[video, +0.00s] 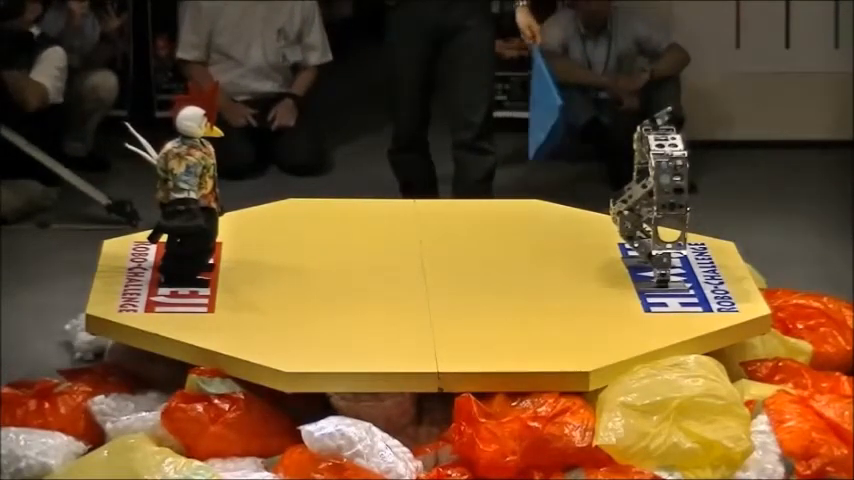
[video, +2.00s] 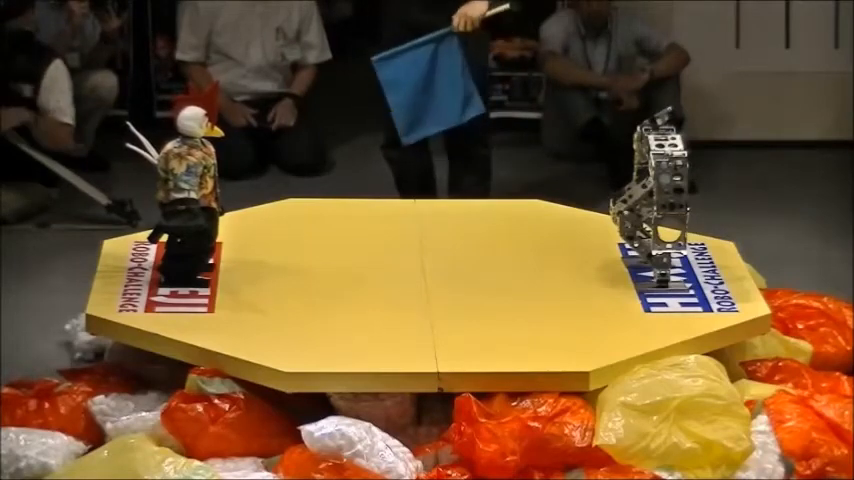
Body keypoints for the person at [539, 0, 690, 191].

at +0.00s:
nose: (596, 11)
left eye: (602, 5)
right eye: (589, 5)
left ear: (611, 5)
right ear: (576, 6)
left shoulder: (627, 24)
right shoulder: (561, 24)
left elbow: (679, 56)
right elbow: (548, 64)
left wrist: (645, 76)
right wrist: (610, 83)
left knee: (666, 83)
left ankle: (669, 169)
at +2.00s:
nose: (594, 8)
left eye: (600, 2)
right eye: (587, 2)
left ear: (610, 4)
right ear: (575, 5)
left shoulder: (626, 25)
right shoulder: (558, 26)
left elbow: (679, 56)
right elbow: (552, 67)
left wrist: (644, 76)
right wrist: (610, 83)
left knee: (666, 78)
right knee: (563, 80)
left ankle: (670, 164)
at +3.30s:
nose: (597, 9)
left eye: (603, 4)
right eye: (590, 4)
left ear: (612, 5)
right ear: (576, 6)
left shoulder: (629, 23)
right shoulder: (558, 24)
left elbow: (679, 56)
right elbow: (551, 65)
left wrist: (643, 76)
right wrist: (609, 83)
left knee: (667, 79)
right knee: (565, 90)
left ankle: (666, 151)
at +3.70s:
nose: (596, 10)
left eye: (603, 3)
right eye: (589, 3)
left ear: (612, 5)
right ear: (576, 6)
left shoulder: (629, 24)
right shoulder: (558, 25)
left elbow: (679, 57)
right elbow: (551, 64)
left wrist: (644, 76)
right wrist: (608, 83)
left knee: (666, 79)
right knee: (565, 83)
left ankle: (667, 158)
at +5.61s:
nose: (597, 9)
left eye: (604, 2)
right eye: (590, 3)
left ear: (613, 4)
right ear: (576, 6)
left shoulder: (628, 23)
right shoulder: (558, 25)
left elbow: (679, 56)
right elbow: (551, 65)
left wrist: (644, 76)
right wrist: (610, 83)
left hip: (627, 112)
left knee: (668, 78)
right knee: (564, 91)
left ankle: (663, 164)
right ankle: (618, 165)